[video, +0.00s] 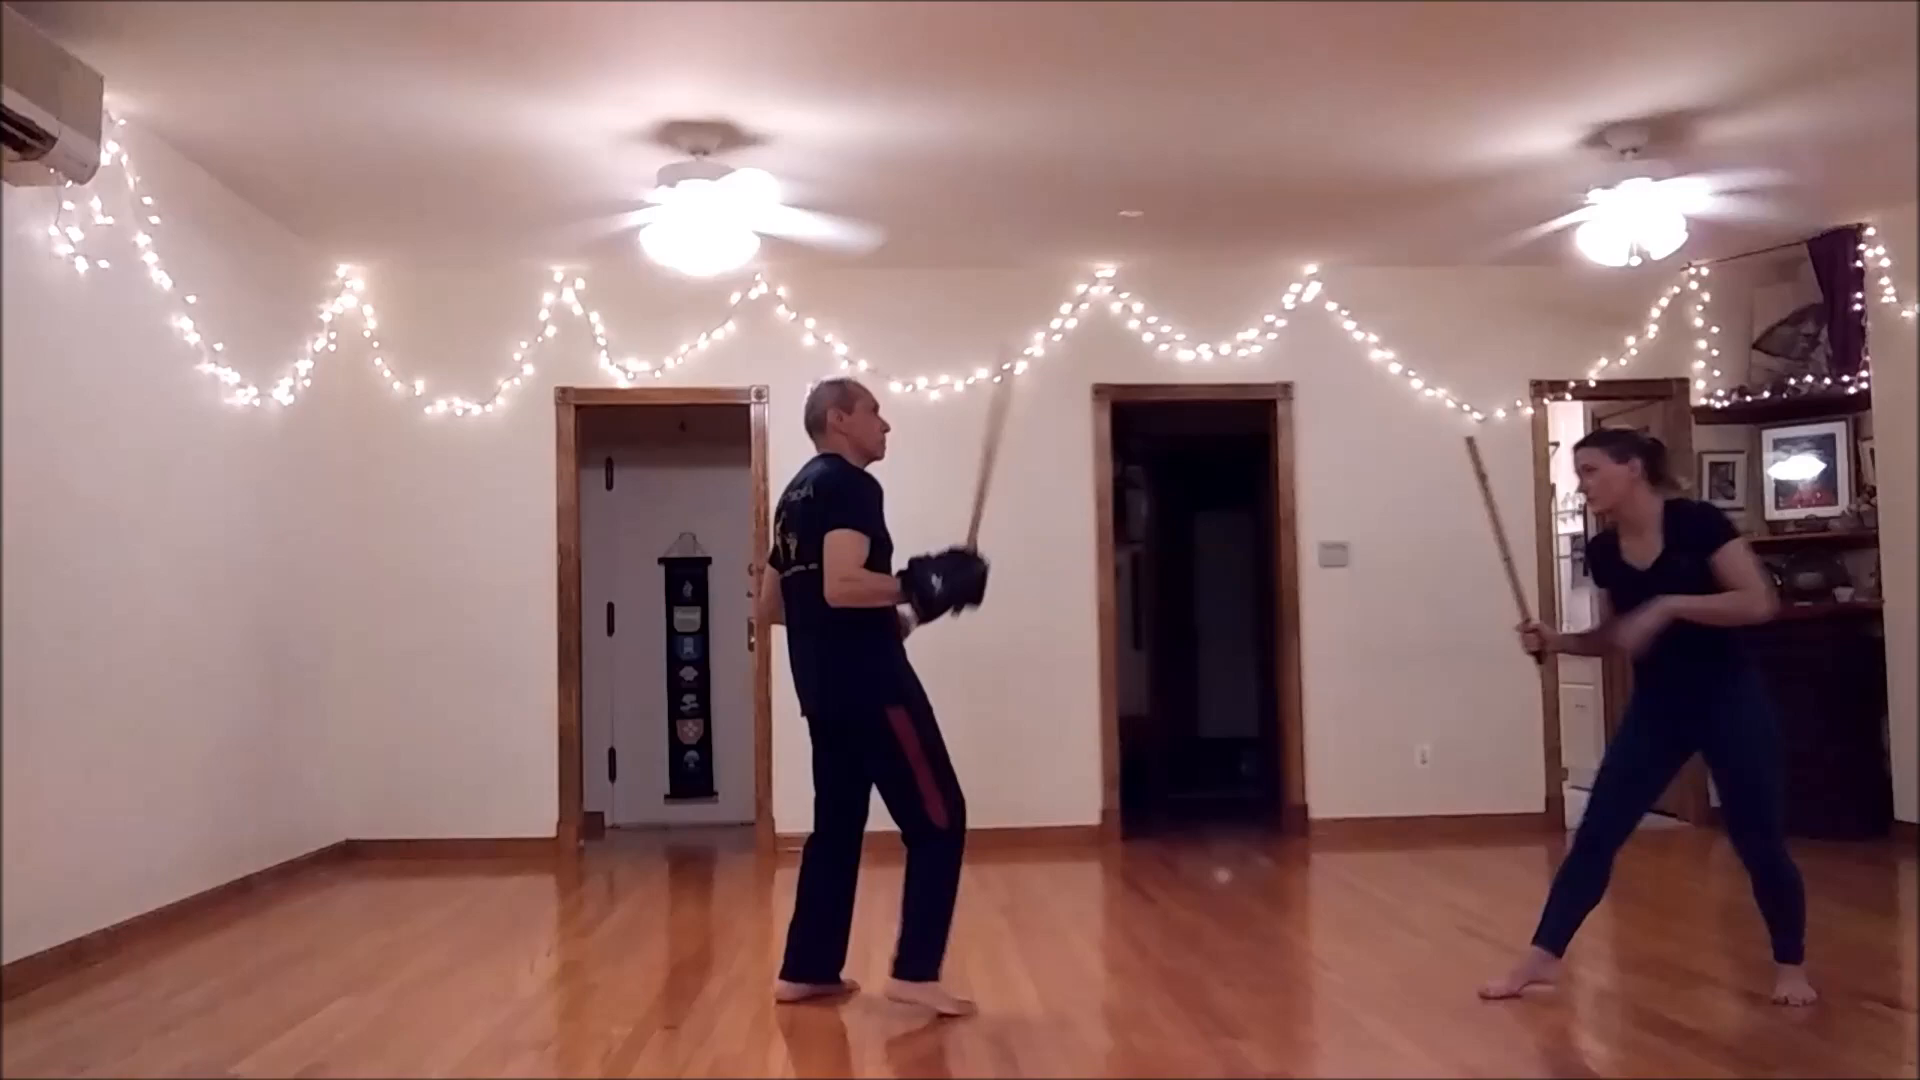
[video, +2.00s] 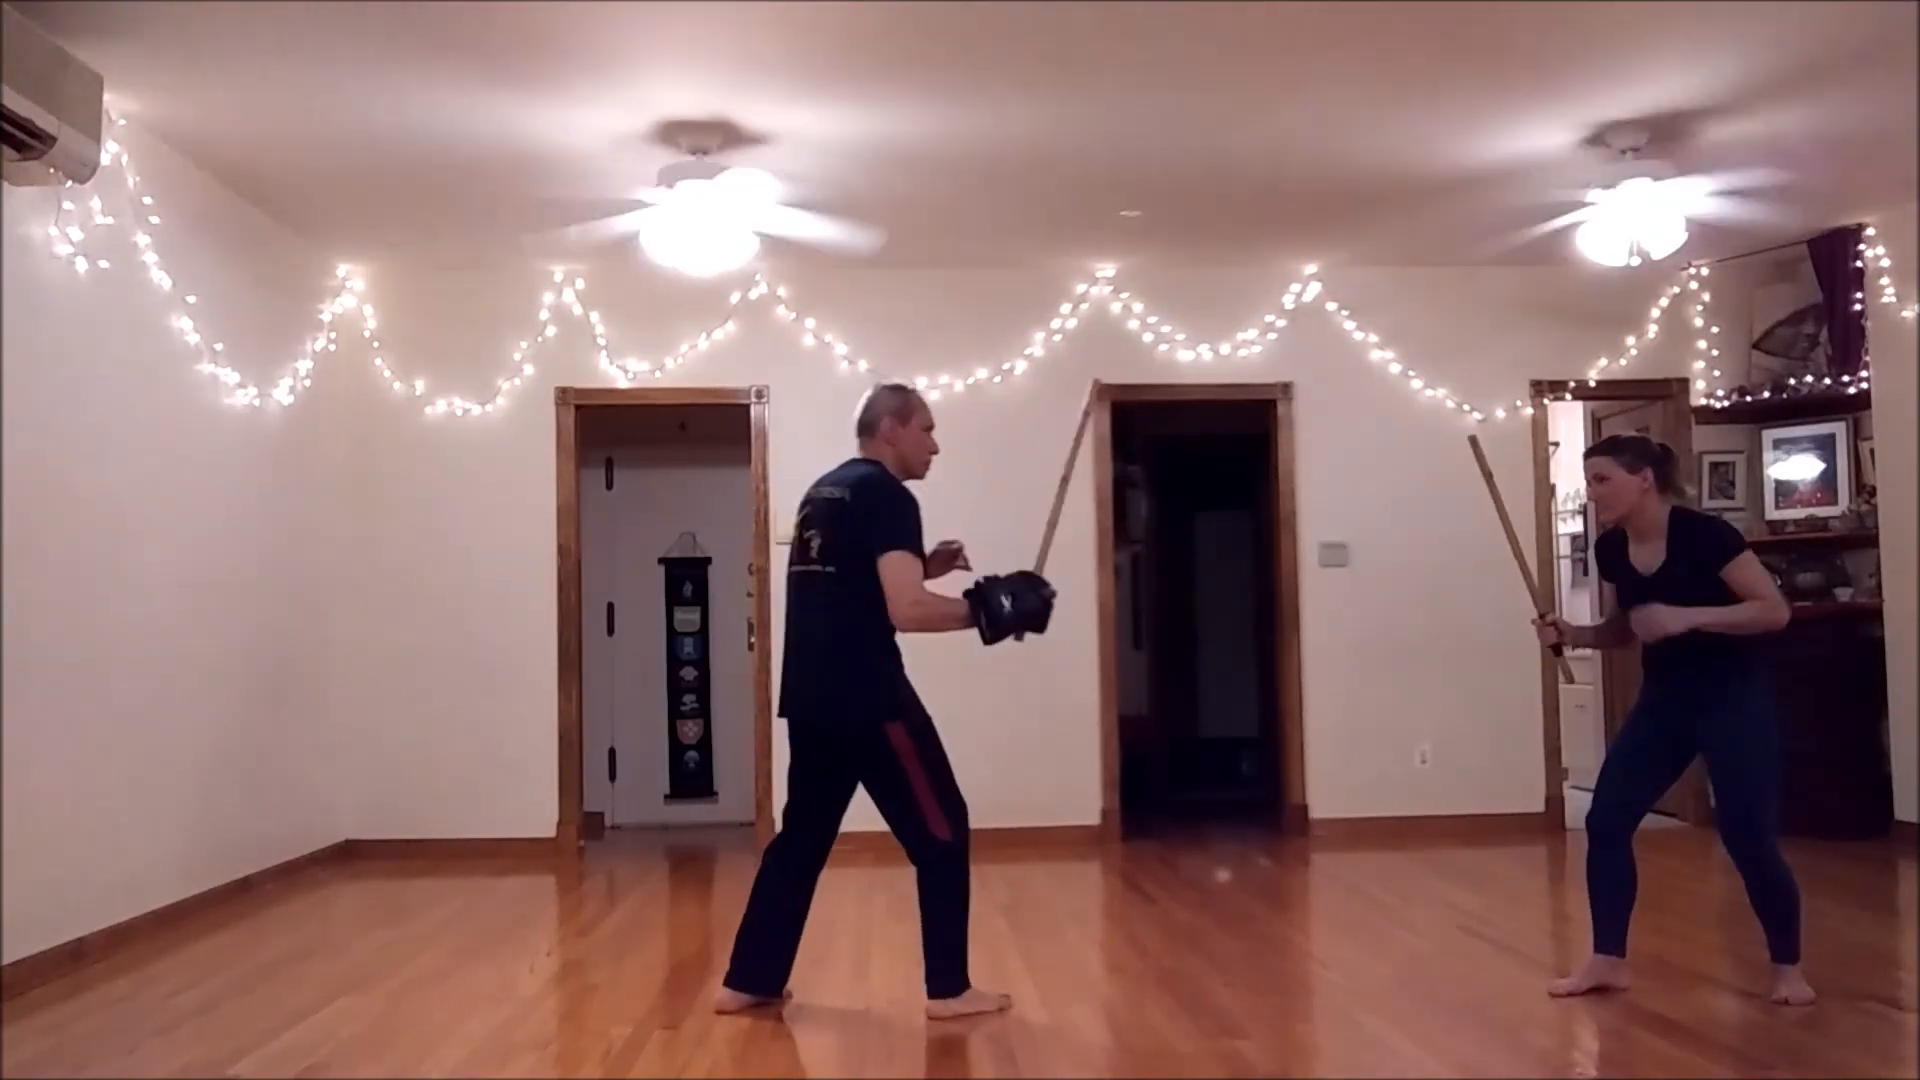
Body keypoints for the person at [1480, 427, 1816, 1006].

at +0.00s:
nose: (1583, 486)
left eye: (1590, 472)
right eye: (1579, 476)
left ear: (1632, 467)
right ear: (1606, 477)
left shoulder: (1696, 521)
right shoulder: (1604, 550)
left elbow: (1759, 601)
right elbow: (1615, 637)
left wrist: (1667, 606)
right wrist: (1555, 642)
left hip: (1731, 703)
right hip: (1660, 707)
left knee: (1758, 839)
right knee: (1598, 830)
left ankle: (1791, 966)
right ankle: (1542, 957)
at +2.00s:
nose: (1592, 493)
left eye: (1601, 480)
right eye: (1589, 482)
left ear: (1642, 480)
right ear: (1627, 485)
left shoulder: (1705, 535)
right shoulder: (1612, 548)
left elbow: (1775, 611)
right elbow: (1624, 629)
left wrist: (1684, 617)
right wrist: (1571, 634)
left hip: (1734, 707)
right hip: (1664, 707)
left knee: (1748, 838)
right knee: (1606, 821)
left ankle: (1788, 969)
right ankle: (1607, 960)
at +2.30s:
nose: (1598, 490)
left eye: (1607, 476)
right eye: (1595, 479)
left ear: (1648, 473)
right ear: (1628, 481)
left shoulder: (1711, 525)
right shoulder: (1618, 544)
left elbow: (1722, 616)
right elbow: (1620, 625)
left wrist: (1646, 564)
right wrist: (1571, 633)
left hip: (1730, 698)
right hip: (1661, 699)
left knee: (1752, 835)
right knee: (1608, 820)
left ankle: (1788, 967)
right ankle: (1608, 960)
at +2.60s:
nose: (1589, 491)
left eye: (1595, 478)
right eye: (1585, 481)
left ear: (1636, 473)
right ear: (1625, 478)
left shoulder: (1705, 528)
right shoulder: (1611, 544)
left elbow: (1764, 607)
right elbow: (1628, 624)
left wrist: (1682, 607)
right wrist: (1573, 634)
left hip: (1734, 700)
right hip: (1665, 701)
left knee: (1755, 829)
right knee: (1611, 821)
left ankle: (1790, 966)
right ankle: (1611, 959)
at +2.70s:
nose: (1580, 493)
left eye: (1587, 480)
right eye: (1576, 483)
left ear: (1629, 476)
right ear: (1618, 481)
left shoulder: (1696, 530)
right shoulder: (1599, 549)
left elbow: (1761, 605)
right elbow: (1618, 627)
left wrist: (1680, 613)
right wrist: (1559, 637)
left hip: (1723, 702)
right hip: (1652, 704)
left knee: (1750, 828)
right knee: (1588, 814)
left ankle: (1789, 965)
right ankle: (1609, 953)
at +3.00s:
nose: (1464, 515)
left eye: (1473, 502)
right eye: (1459, 506)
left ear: (1510, 501)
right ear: (1468, 515)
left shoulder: (1567, 558)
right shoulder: (1470, 583)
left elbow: (1613, 634)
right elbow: (1431, 665)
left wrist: (1524, 612)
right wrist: (1369, 645)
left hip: (1600, 736)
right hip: (1528, 741)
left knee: (1686, 840)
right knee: (1437, 828)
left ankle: (1781, 950)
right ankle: (1393, 963)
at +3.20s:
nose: (1334, 512)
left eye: (1343, 499)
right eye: (1332, 501)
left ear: (1384, 498)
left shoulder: (1443, 552)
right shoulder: (1344, 576)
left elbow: (1517, 621)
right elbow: (1288, 652)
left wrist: (1454, 665)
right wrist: (1221, 669)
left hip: (1477, 710)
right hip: (1413, 714)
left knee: (1494, 827)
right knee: (1358, 822)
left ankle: (1522, 945)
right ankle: (1389, 965)